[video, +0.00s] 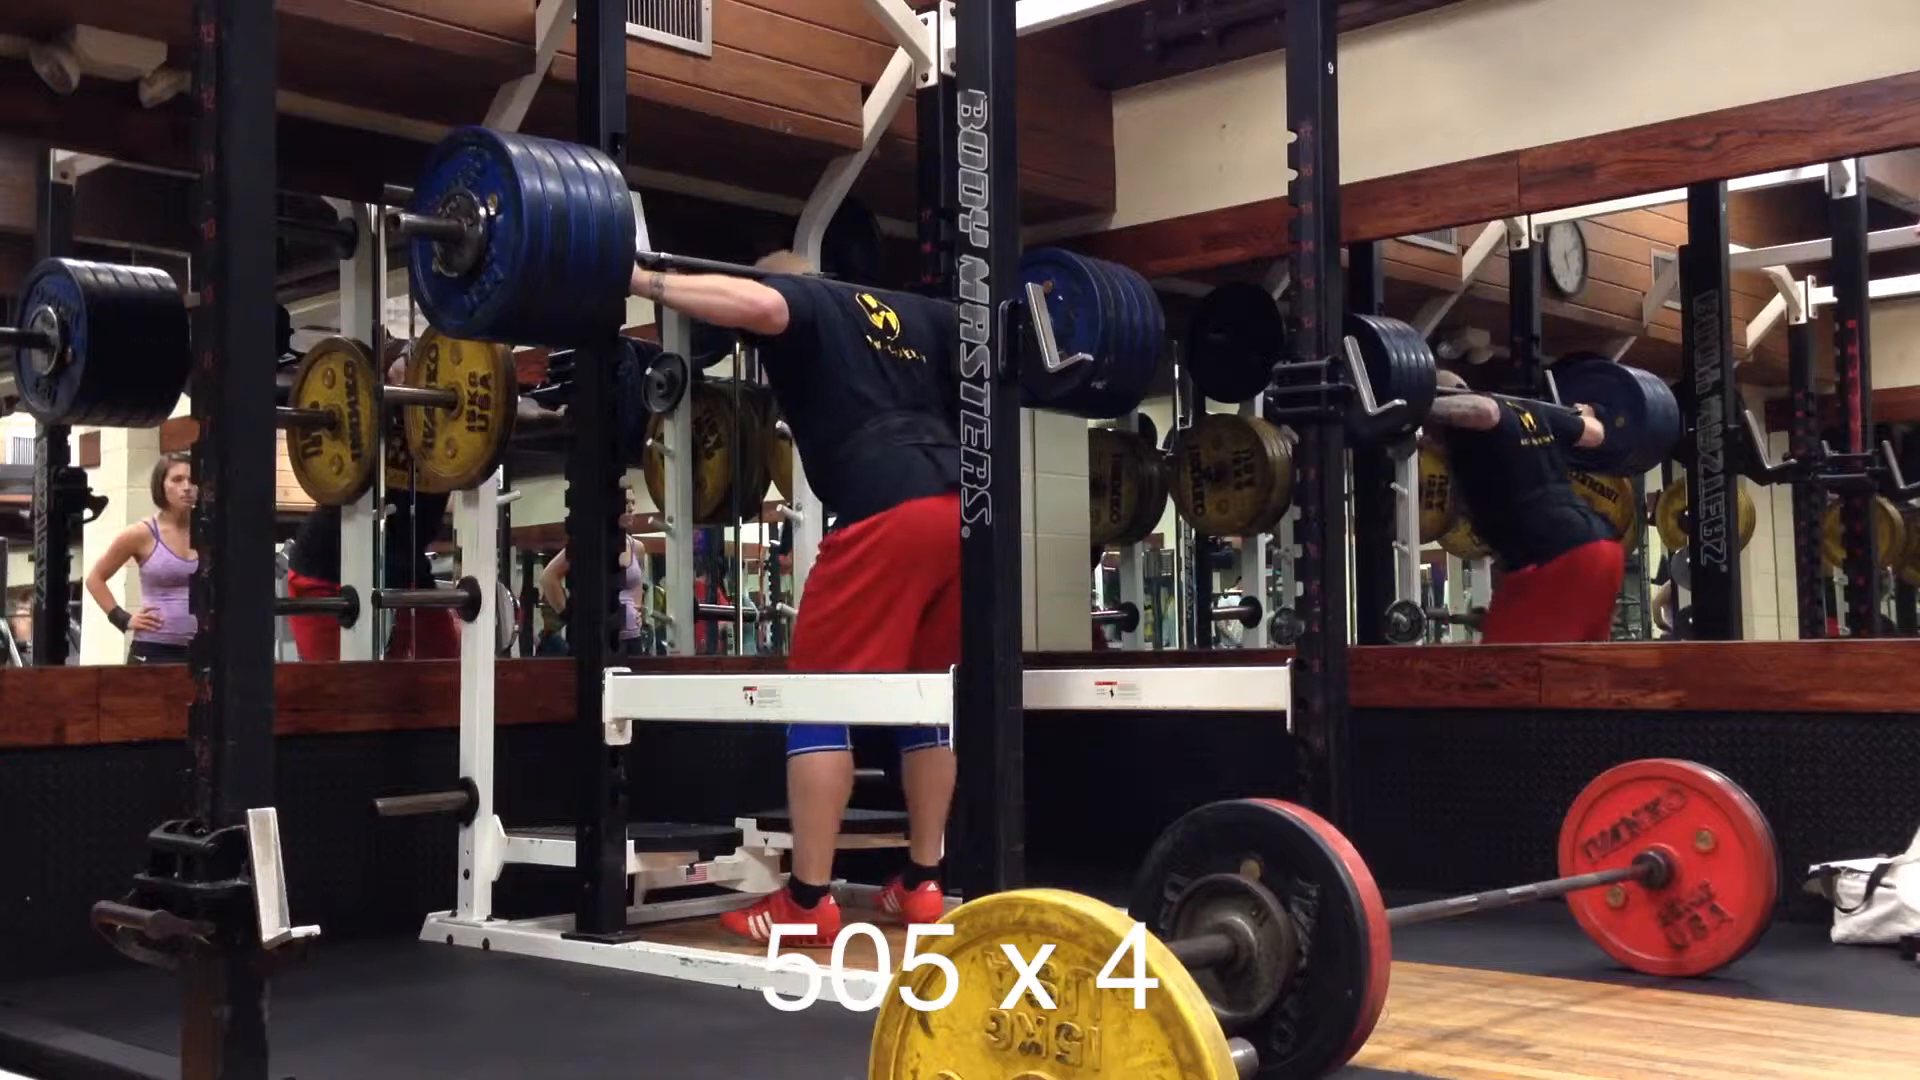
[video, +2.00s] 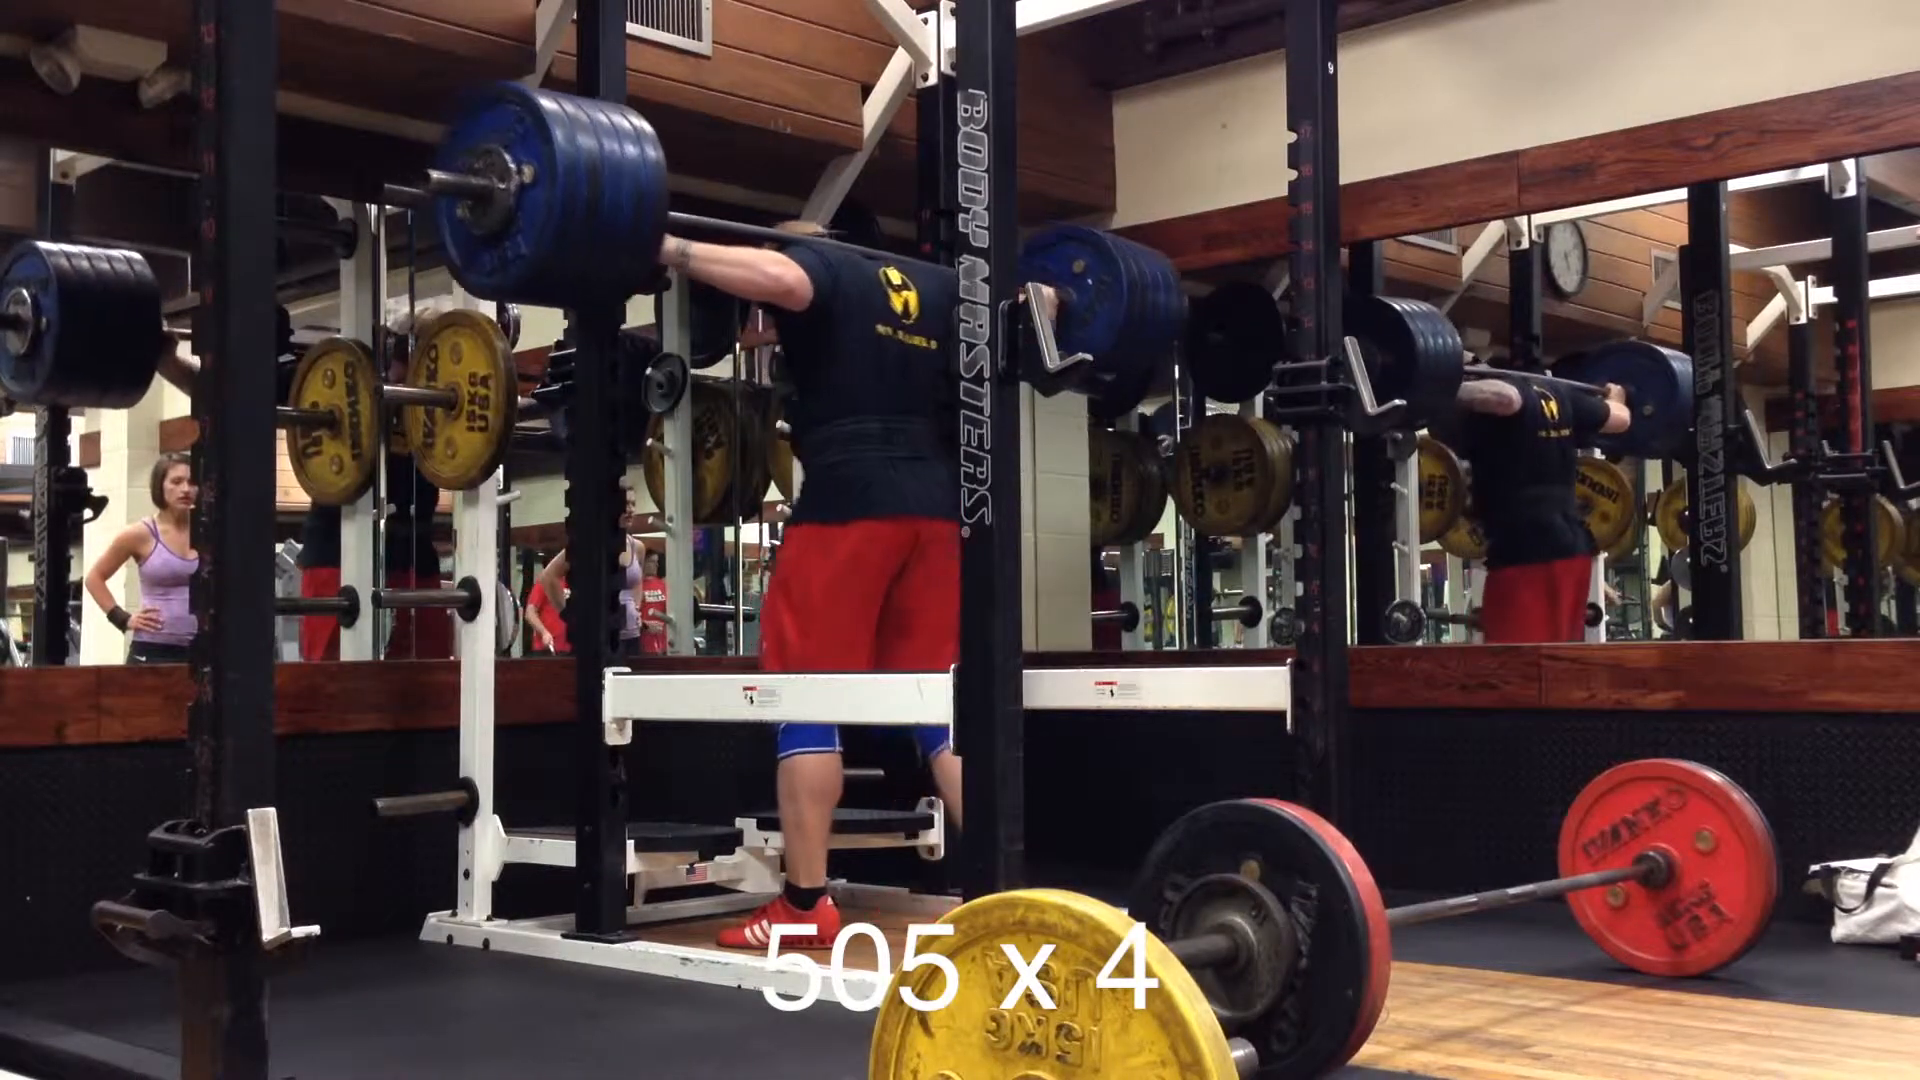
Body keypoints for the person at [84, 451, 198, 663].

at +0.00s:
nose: (187, 488)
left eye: (193, 480)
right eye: (178, 480)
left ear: (200, 486)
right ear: (160, 486)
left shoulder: (204, 530)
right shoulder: (141, 534)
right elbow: (94, 579)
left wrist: (213, 615)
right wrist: (123, 619)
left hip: (200, 647)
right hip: (154, 648)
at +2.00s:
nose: (186, 489)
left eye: (192, 482)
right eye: (177, 482)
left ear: (200, 488)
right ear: (160, 487)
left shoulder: (204, 530)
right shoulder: (140, 534)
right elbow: (94, 579)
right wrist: (123, 619)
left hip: (199, 648)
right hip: (153, 647)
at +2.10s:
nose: (186, 489)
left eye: (192, 482)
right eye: (176, 482)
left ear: (200, 488)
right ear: (159, 487)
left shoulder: (204, 530)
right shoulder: (140, 534)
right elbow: (94, 579)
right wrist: (123, 619)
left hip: (199, 648)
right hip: (153, 647)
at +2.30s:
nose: (185, 489)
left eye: (191, 482)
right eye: (176, 481)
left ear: (199, 487)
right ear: (159, 486)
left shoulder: (204, 528)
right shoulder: (140, 534)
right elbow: (93, 579)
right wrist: (123, 619)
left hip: (200, 648)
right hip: (153, 648)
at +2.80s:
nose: (185, 489)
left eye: (190, 482)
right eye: (175, 482)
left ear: (198, 487)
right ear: (159, 487)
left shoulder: (204, 529)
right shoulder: (140, 535)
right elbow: (93, 579)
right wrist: (123, 620)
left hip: (200, 648)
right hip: (153, 648)